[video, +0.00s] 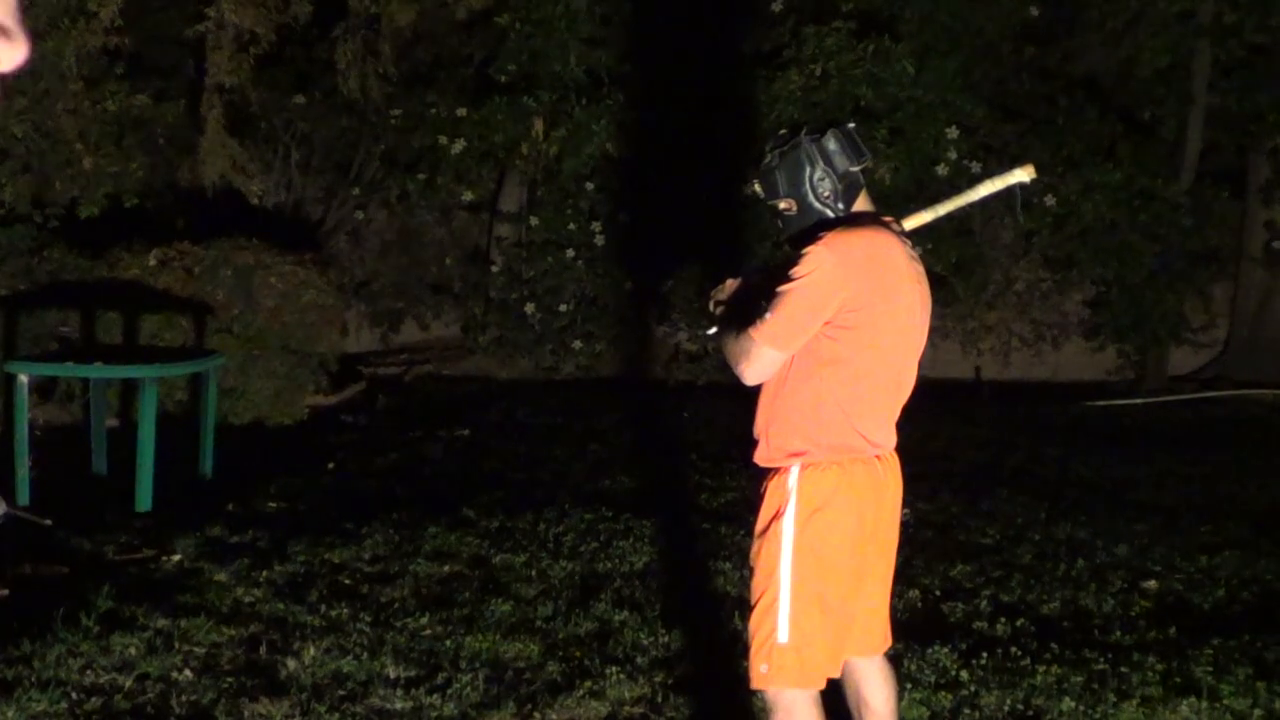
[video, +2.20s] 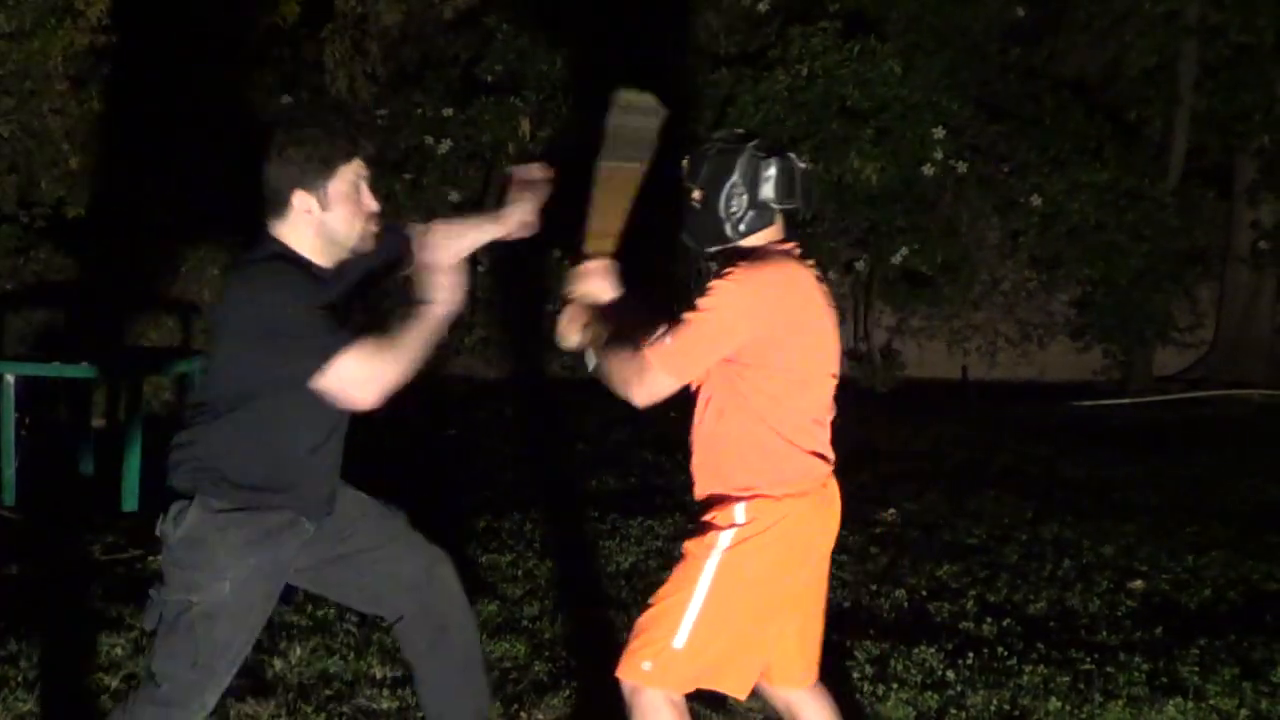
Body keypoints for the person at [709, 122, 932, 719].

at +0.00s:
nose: (782, 215)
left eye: (785, 201)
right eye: (779, 202)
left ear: (810, 195)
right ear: (851, 184)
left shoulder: (835, 257)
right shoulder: (905, 262)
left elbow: (752, 363)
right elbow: (833, 343)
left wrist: (728, 314)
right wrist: (766, 298)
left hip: (813, 483)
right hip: (874, 479)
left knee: (785, 677)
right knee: (863, 652)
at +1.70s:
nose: (777, 198)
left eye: (786, 184)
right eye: (776, 183)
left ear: (821, 185)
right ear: (850, 186)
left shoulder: (825, 261)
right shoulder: (895, 268)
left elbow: (728, 354)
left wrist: (705, 329)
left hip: (818, 487)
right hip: (873, 485)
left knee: (773, 680)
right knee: (835, 670)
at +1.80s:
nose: (774, 198)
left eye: (781, 186)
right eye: (774, 185)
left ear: (812, 190)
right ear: (853, 192)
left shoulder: (799, 263)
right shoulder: (903, 276)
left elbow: (699, 330)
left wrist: (756, 281)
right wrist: (875, 250)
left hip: (815, 492)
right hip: (878, 488)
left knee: (755, 679)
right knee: (832, 673)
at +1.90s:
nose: (764, 201)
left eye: (770, 191)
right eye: (765, 189)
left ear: (791, 199)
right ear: (846, 197)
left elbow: (697, 309)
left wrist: (765, 277)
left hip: (804, 500)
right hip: (871, 494)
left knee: (727, 679)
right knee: (819, 665)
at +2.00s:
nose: (747, 202)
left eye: (753, 192)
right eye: (750, 190)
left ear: (773, 202)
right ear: (828, 200)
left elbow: (694, 322)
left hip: (789, 502)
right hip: (854, 496)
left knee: (696, 676)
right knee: (808, 663)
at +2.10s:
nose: (721, 202)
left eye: (728, 191)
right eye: (726, 190)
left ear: (747, 204)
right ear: (805, 205)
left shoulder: (751, 279)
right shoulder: (842, 280)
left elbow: (661, 351)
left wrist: (643, 315)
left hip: (772, 505)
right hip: (830, 499)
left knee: (669, 676)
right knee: (808, 675)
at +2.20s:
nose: (693, 211)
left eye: (700, 199)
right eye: (695, 197)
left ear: (727, 207)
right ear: (771, 206)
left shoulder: (748, 290)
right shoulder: (799, 283)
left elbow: (642, 384)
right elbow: (684, 344)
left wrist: (593, 338)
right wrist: (618, 305)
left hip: (756, 513)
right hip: (804, 504)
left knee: (649, 678)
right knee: (787, 680)